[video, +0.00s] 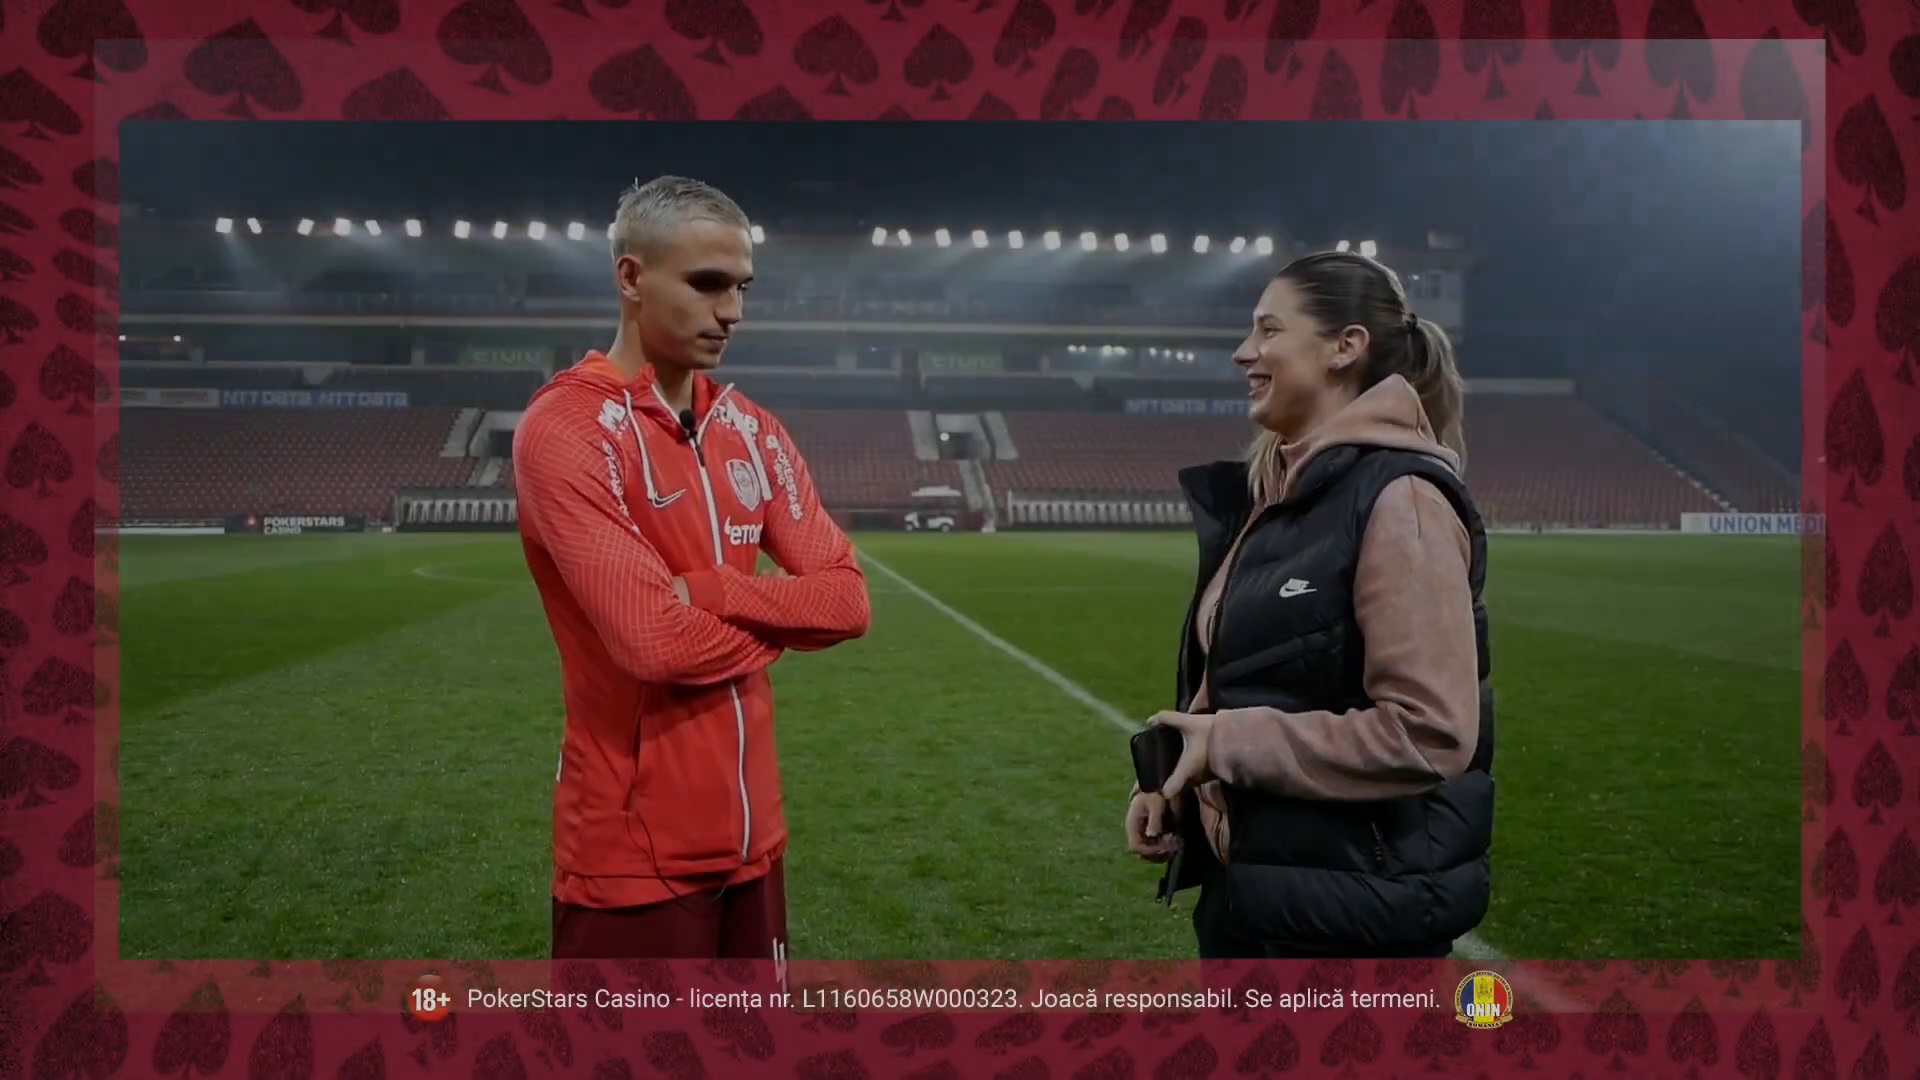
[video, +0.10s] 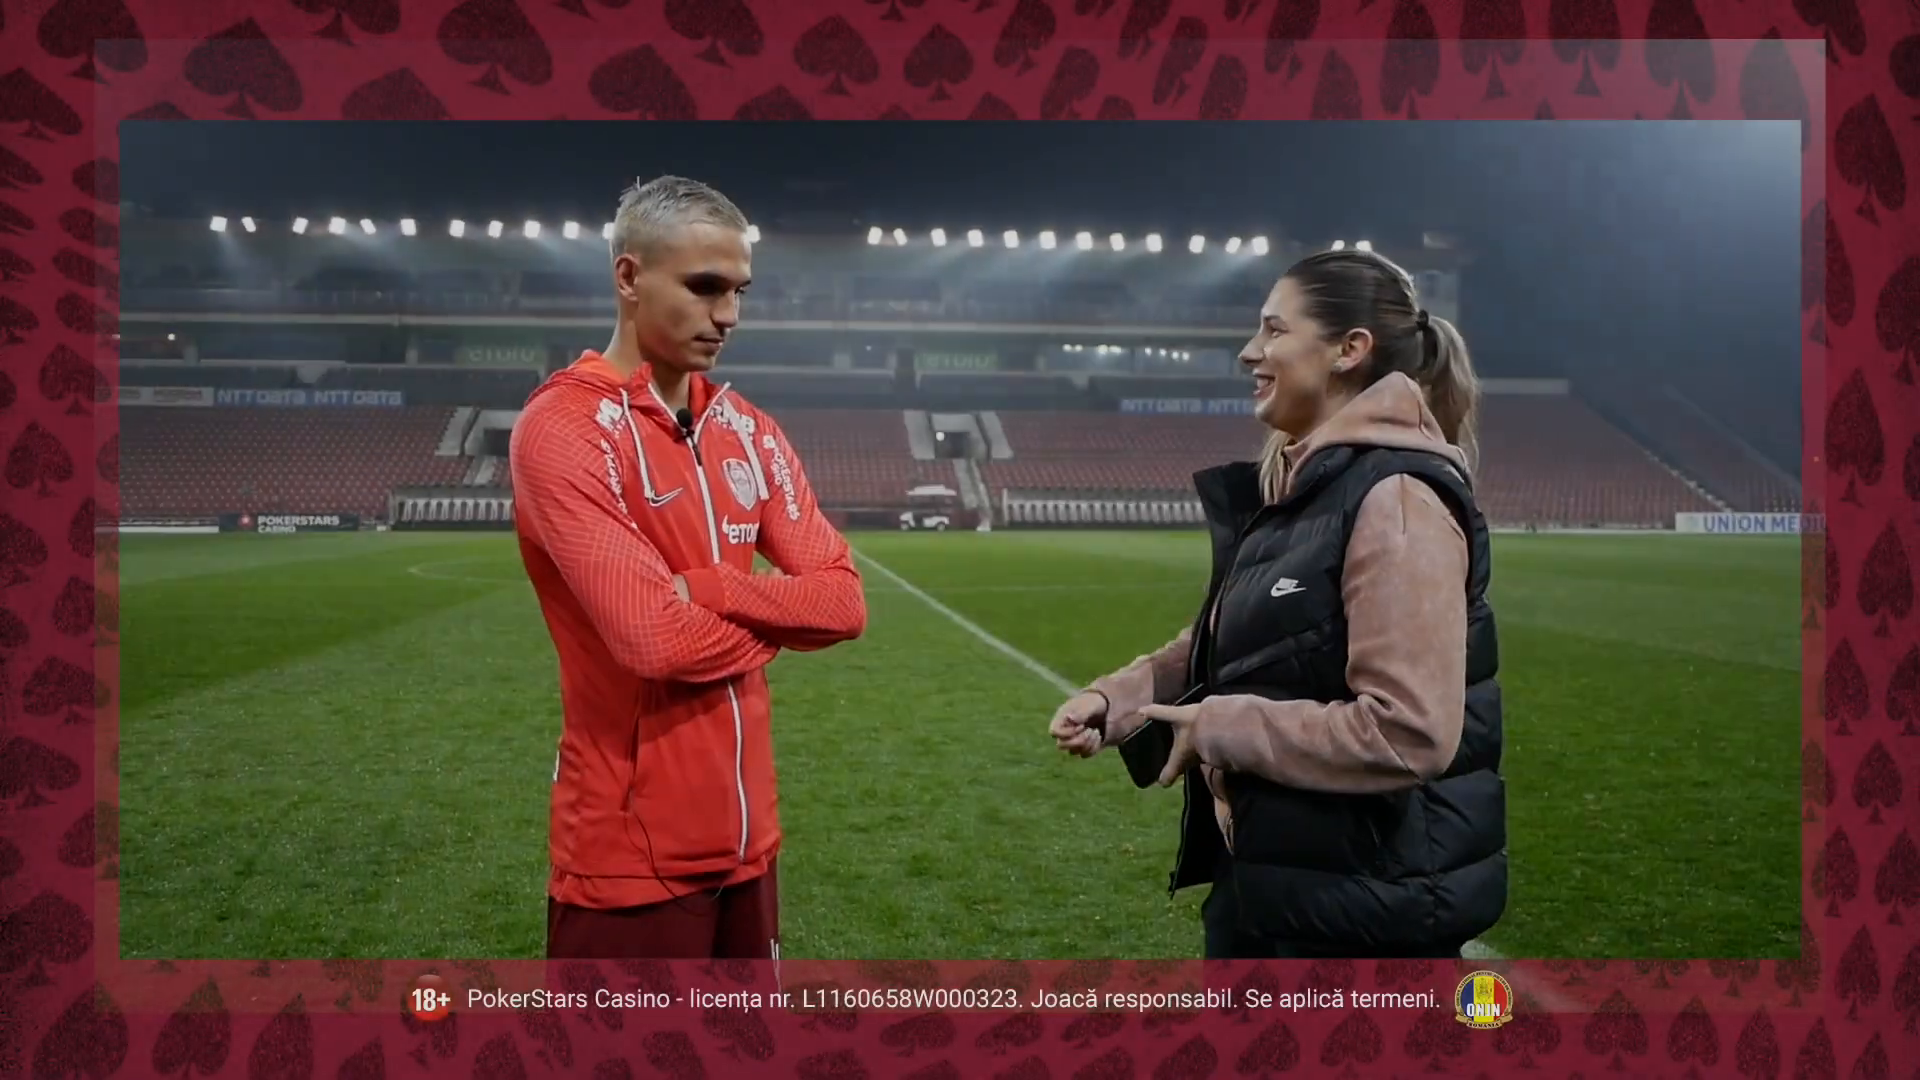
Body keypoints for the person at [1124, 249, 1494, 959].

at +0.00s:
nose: (1243, 354)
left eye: (1269, 329)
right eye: (1252, 332)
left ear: (1347, 346)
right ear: (1339, 348)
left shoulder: (1404, 502)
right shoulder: (1285, 494)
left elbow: (1430, 731)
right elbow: (1247, 682)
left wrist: (1225, 741)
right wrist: (1173, 790)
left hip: (1353, 921)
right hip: (1265, 910)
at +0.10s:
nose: (1250, 353)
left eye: (1274, 331)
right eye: (1258, 332)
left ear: (1351, 350)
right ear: (1345, 353)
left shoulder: (1397, 502)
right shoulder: (1301, 486)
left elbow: (1410, 732)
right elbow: (1223, 640)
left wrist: (1223, 725)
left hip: (1360, 915)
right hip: (1282, 901)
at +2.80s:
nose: (1154, 379)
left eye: (1174, 357)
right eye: (1163, 358)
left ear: (1243, 379)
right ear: (1237, 381)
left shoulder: (1295, 520)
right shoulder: (1221, 506)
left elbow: (1319, 739)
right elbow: (1206, 694)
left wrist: (1141, 729)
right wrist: (1106, 788)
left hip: (1262, 914)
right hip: (1207, 906)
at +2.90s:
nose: (1160, 381)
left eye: (1181, 360)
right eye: (1169, 361)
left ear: (1250, 381)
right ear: (1243, 382)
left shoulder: (1305, 523)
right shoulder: (1224, 509)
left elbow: (1329, 739)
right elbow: (1197, 682)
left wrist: (1151, 728)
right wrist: (1097, 764)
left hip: (1266, 914)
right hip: (1209, 904)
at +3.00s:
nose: (1166, 385)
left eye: (1189, 364)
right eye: (1176, 364)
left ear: (1257, 384)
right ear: (1250, 384)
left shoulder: (1311, 523)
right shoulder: (1230, 512)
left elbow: (1333, 740)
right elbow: (1220, 695)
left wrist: (1157, 730)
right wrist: (1099, 725)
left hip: (1269, 919)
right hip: (1211, 909)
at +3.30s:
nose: (1191, 393)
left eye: (1213, 371)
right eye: (1199, 372)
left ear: (1283, 386)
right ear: (1274, 386)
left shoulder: (1335, 523)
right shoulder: (1246, 512)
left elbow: (1265, 708)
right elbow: (1163, 665)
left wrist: (1102, 629)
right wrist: (1045, 590)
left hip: (1293, 911)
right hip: (1227, 902)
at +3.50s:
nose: (1195, 392)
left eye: (1216, 371)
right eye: (1203, 372)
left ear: (1286, 386)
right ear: (1276, 386)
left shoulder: (1343, 525)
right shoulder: (1242, 513)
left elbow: (1275, 715)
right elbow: (1151, 671)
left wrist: (1138, 612)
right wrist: (1046, 598)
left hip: (1300, 906)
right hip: (1227, 897)